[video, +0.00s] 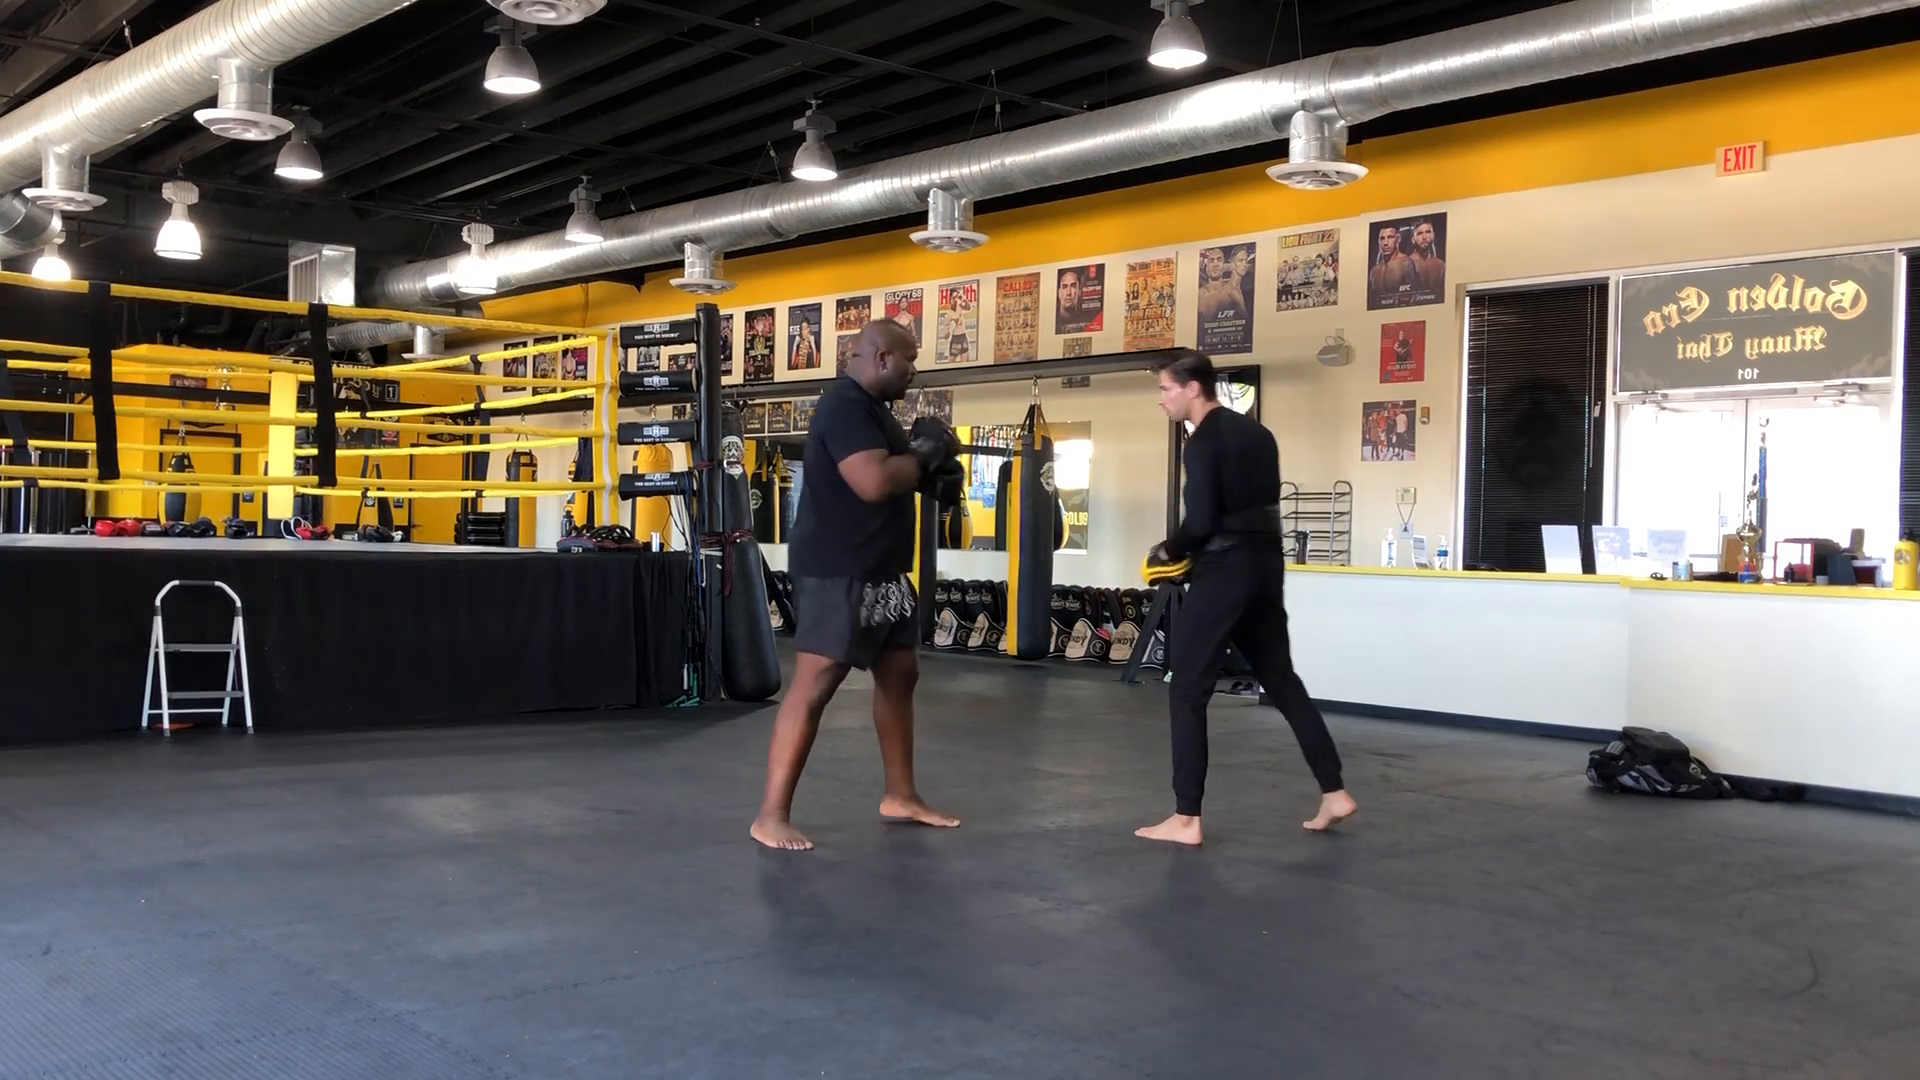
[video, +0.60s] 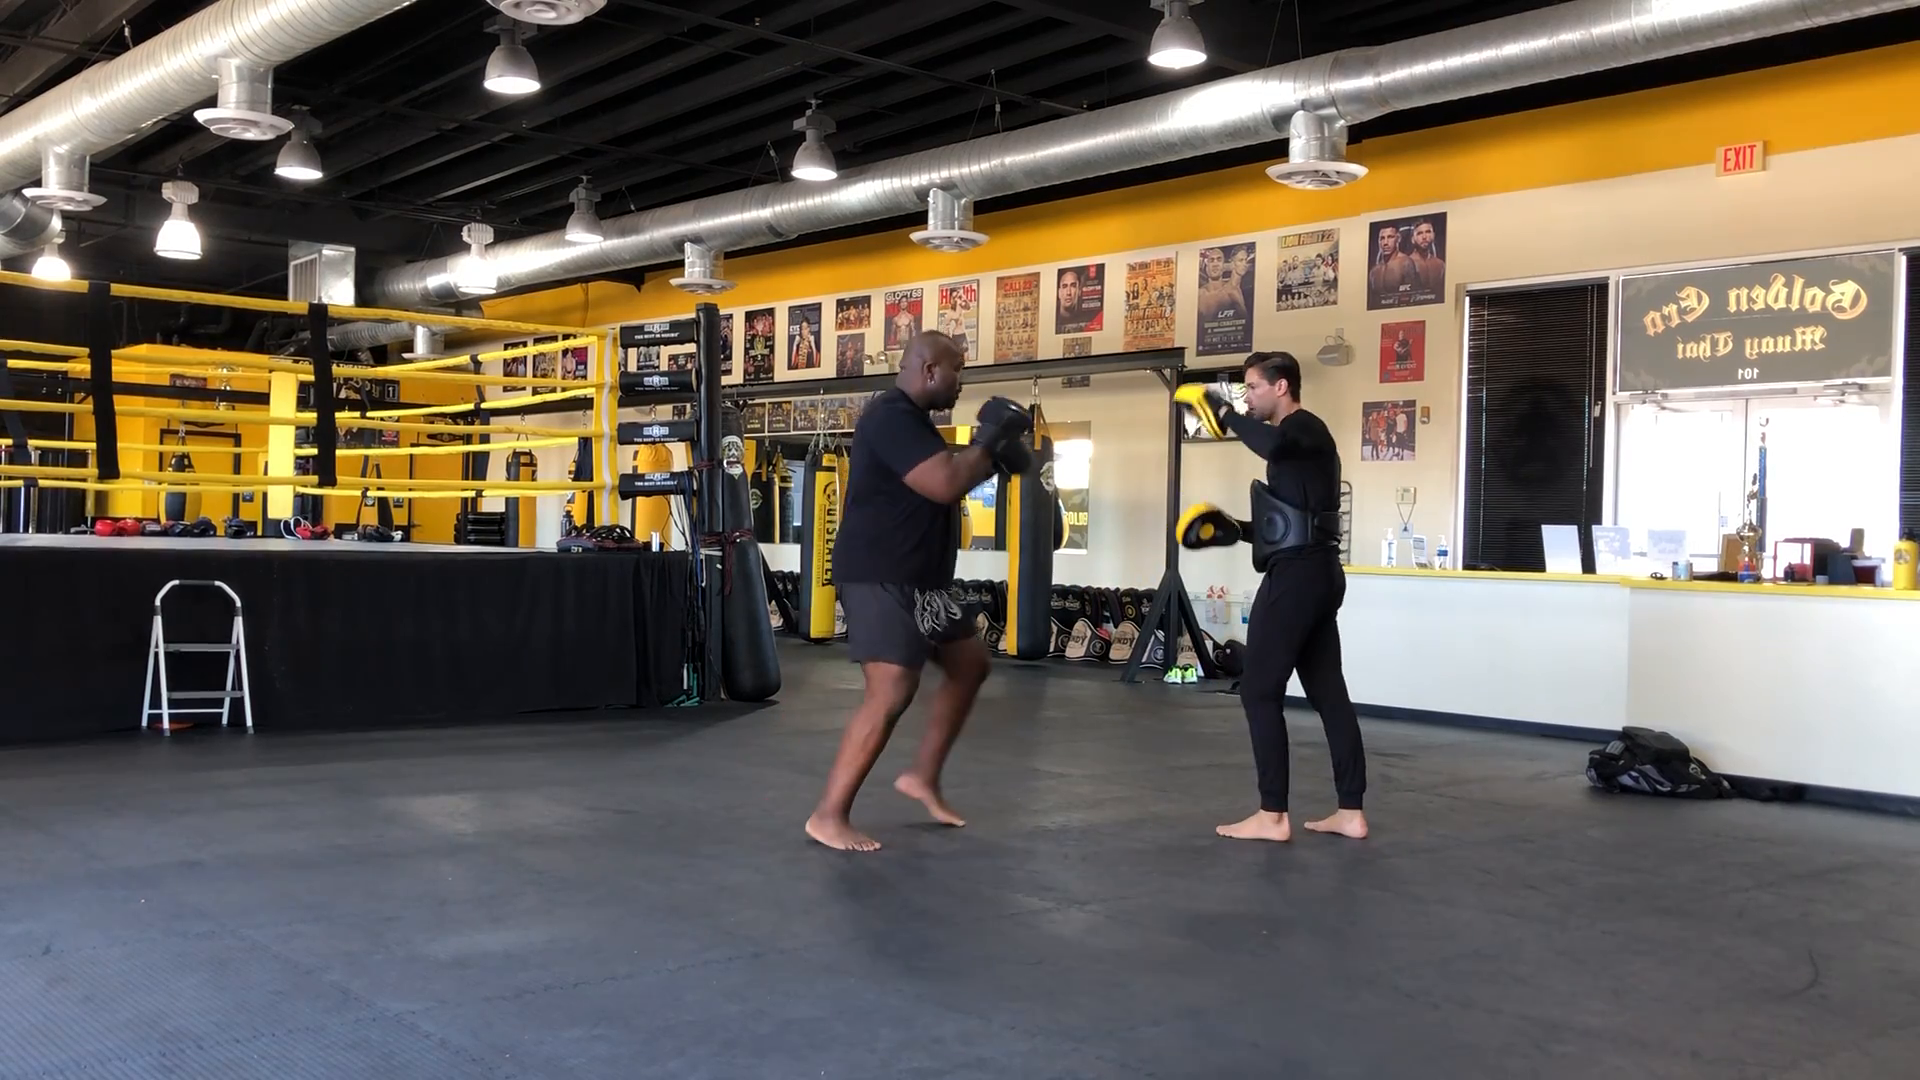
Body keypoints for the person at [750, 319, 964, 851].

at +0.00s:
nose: (913, 370)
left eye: (913, 361)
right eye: (908, 360)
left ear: (878, 357)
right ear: (879, 357)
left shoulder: (878, 414)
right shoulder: (842, 405)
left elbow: (901, 473)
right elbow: (873, 481)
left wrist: (927, 467)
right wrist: (922, 455)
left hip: (883, 573)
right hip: (836, 574)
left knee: (899, 675)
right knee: (811, 687)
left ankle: (900, 796)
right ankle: (771, 818)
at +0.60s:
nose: (959, 387)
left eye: (961, 378)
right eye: (956, 376)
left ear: (924, 369)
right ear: (928, 370)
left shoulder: (916, 422)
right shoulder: (889, 414)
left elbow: (949, 480)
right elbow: (943, 483)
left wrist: (993, 457)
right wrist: (985, 442)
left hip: (922, 580)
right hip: (877, 579)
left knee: (970, 665)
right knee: (891, 689)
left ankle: (923, 777)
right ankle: (828, 816)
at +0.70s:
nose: (965, 391)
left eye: (966, 383)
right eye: (962, 381)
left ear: (931, 375)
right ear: (934, 375)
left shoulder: (923, 428)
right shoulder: (893, 423)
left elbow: (956, 486)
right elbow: (951, 488)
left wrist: (997, 466)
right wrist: (987, 439)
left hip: (930, 584)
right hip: (884, 586)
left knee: (985, 659)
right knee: (892, 696)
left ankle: (964, 780)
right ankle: (827, 818)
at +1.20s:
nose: (1012, 378)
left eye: (1013, 369)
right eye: (1006, 368)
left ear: (979, 367)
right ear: (976, 367)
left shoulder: (987, 429)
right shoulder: (924, 411)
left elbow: (980, 500)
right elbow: (929, 483)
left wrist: (1026, 498)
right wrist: (994, 456)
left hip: (977, 573)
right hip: (920, 571)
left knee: (977, 680)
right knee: (906, 682)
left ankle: (977, 797)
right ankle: (853, 800)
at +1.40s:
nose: (990, 387)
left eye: (991, 378)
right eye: (985, 376)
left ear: (955, 371)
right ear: (956, 372)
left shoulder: (952, 428)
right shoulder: (916, 420)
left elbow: (963, 495)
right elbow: (957, 498)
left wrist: (996, 510)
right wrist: (992, 459)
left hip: (956, 578)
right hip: (909, 578)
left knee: (991, 671)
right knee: (896, 684)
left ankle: (979, 791)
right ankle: (848, 808)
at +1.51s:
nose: (989, 381)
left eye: (989, 372)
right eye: (984, 371)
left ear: (953, 367)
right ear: (954, 367)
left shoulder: (950, 422)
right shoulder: (918, 415)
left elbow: (982, 489)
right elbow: (958, 495)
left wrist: (991, 455)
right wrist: (992, 455)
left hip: (954, 573)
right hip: (907, 574)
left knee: (988, 664)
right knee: (891, 683)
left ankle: (986, 788)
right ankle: (847, 807)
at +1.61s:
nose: (993, 379)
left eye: (992, 370)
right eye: (988, 369)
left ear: (958, 365)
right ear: (958, 365)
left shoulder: (957, 424)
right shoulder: (920, 412)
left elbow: (985, 484)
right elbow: (955, 491)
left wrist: (1002, 463)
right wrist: (994, 456)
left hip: (956, 573)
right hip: (908, 573)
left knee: (972, 678)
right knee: (888, 684)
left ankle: (993, 793)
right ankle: (847, 807)